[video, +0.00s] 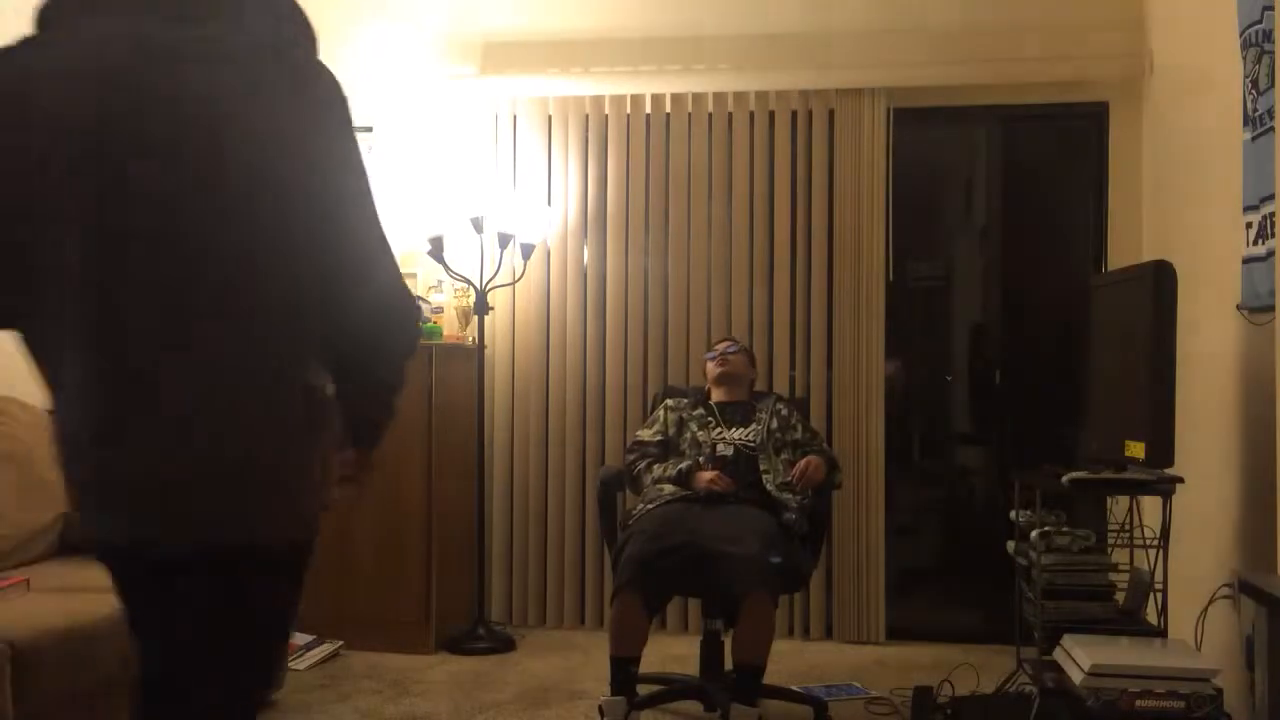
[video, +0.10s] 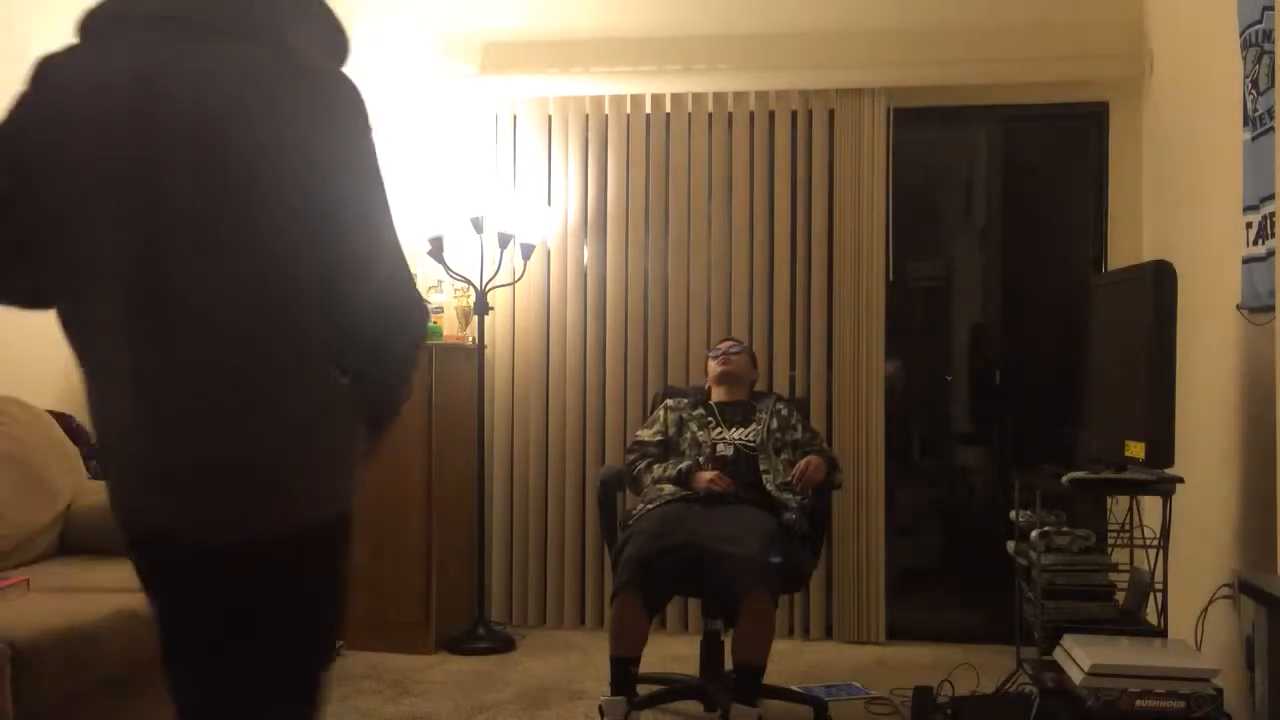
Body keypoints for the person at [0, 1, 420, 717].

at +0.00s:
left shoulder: (21, 75)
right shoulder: (278, 69)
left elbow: (17, 283)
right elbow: (370, 295)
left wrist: (81, 378)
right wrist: (360, 421)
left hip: (107, 448)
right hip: (260, 446)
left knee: (171, 687)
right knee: (224, 696)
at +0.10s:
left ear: (130, 2)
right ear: (275, 8)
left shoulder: (66, 88)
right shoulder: (309, 91)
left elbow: (16, 266)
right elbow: (384, 299)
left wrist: (106, 269)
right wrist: (369, 401)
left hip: (145, 449)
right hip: (288, 440)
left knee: (201, 680)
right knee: (283, 684)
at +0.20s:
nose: (341, 74)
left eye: (347, 62)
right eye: (340, 56)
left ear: (237, 21)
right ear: (309, 30)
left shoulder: (109, 104)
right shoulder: (333, 110)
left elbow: (9, 229)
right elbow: (390, 303)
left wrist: (119, 266)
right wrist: (374, 400)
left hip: (172, 471)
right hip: (309, 459)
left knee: (226, 691)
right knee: (348, 678)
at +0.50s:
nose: (422, 114)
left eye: (430, 96)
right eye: (424, 89)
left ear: (348, 52)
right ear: (381, 60)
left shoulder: (212, 109)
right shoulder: (359, 132)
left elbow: (119, 224)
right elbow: (351, 315)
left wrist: (218, 283)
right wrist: (407, 368)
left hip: (218, 455)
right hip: (333, 452)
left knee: (249, 671)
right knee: (396, 644)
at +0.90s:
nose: (451, 125)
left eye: (456, 109)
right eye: (449, 102)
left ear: (387, 79)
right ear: (405, 77)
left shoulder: (256, 150)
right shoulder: (393, 163)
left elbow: (186, 267)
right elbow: (403, 326)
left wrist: (273, 306)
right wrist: (469, 327)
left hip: (288, 447)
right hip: (385, 448)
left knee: (310, 625)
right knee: (393, 645)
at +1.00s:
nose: (447, 134)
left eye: (453, 119)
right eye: (445, 113)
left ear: (374, 96)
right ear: (402, 93)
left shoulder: (257, 171)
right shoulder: (408, 182)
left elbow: (197, 291)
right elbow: (475, 312)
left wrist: (286, 312)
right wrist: (504, 249)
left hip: (304, 450)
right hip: (402, 454)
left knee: (321, 625)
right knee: (403, 653)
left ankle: (296, 716)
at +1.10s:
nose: (447, 135)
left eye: (451, 121)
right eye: (444, 114)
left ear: (379, 96)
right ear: (403, 92)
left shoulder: (304, 160)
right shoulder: (403, 174)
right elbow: (507, 256)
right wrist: (501, 151)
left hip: (317, 432)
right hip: (406, 439)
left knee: (347, 583)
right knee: (410, 639)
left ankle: (305, 710)